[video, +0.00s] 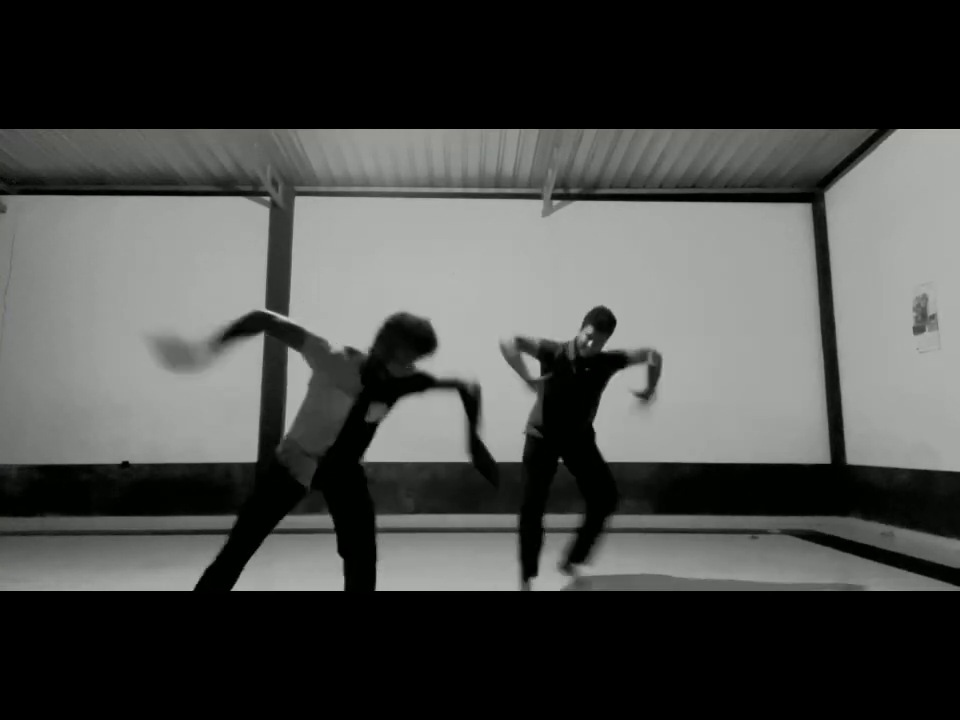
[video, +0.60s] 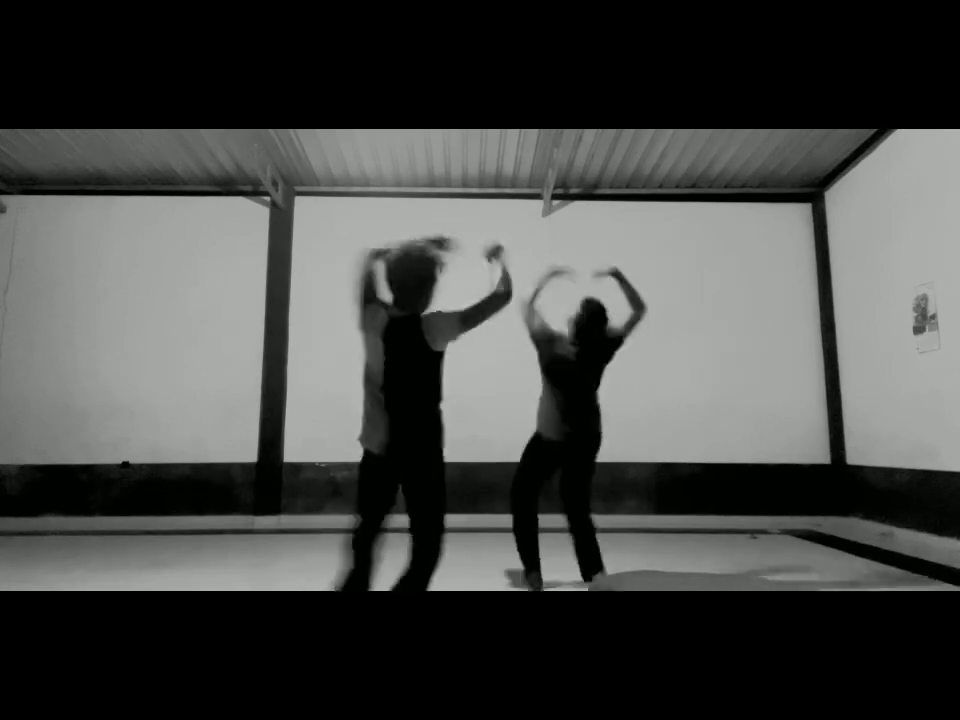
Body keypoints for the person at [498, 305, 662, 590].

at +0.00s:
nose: (591, 345)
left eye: (599, 341)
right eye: (589, 337)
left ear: (605, 341)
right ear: (581, 329)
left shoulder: (608, 362)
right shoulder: (553, 351)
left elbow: (653, 356)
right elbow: (508, 342)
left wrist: (650, 389)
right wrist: (527, 378)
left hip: (579, 441)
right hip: (543, 438)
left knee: (604, 497)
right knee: (533, 504)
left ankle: (572, 562)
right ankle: (528, 576)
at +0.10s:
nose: (591, 352)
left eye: (597, 349)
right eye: (589, 344)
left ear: (605, 350)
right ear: (581, 336)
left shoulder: (606, 369)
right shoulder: (550, 355)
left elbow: (652, 369)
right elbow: (506, 342)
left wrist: (688, 403)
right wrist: (480, 368)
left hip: (572, 450)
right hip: (537, 443)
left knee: (561, 518)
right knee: (519, 508)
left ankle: (540, 579)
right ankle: (502, 566)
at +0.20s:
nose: (589, 362)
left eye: (597, 359)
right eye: (588, 353)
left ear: (603, 363)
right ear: (580, 347)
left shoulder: (601, 392)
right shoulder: (546, 360)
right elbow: (504, 345)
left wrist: (695, 440)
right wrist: (464, 332)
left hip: (564, 461)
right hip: (529, 450)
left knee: (549, 518)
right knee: (508, 506)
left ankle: (533, 577)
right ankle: (518, 528)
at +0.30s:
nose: (587, 365)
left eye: (596, 364)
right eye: (587, 356)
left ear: (602, 369)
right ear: (580, 350)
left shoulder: (594, 404)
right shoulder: (553, 356)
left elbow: (621, 445)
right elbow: (522, 319)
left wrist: (644, 476)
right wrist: (496, 284)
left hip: (563, 466)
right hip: (530, 455)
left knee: (550, 520)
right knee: (510, 515)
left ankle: (532, 577)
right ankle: (563, 518)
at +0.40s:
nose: (587, 350)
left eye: (595, 351)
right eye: (589, 344)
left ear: (600, 358)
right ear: (584, 341)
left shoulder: (581, 389)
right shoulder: (566, 351)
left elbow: (563, 441)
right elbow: (564, 300)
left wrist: (533, 430)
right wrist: (553, 256)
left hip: (562, 459)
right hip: (540, 451)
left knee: (541, 518)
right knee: (523, 513)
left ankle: (532, 581)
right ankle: (591, 548)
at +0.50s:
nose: (578, 330)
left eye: (584, 332)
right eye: (583, 328)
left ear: (589, 344)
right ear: (593, 342)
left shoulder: (566, 367)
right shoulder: (589, 351)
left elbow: (536, 366)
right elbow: (610, 303)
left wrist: (508, 349)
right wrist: (592, 264)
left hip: (559, 444)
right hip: (567, 441)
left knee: (527, 502)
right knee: (547, 505)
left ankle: (531, 582)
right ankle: (594, 569)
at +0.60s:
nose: (574, 316)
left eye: (579, 313)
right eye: (581, 312)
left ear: (577, 323)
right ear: (602, 326)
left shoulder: (552, 348)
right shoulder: (603, 348)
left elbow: (529, 309)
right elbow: (639, 310)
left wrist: (546, 279)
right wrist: (618, 276)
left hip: (550, 439)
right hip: (585, 439)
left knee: (522, 497)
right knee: (577, 506)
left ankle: (532, 574)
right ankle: (595, 577)